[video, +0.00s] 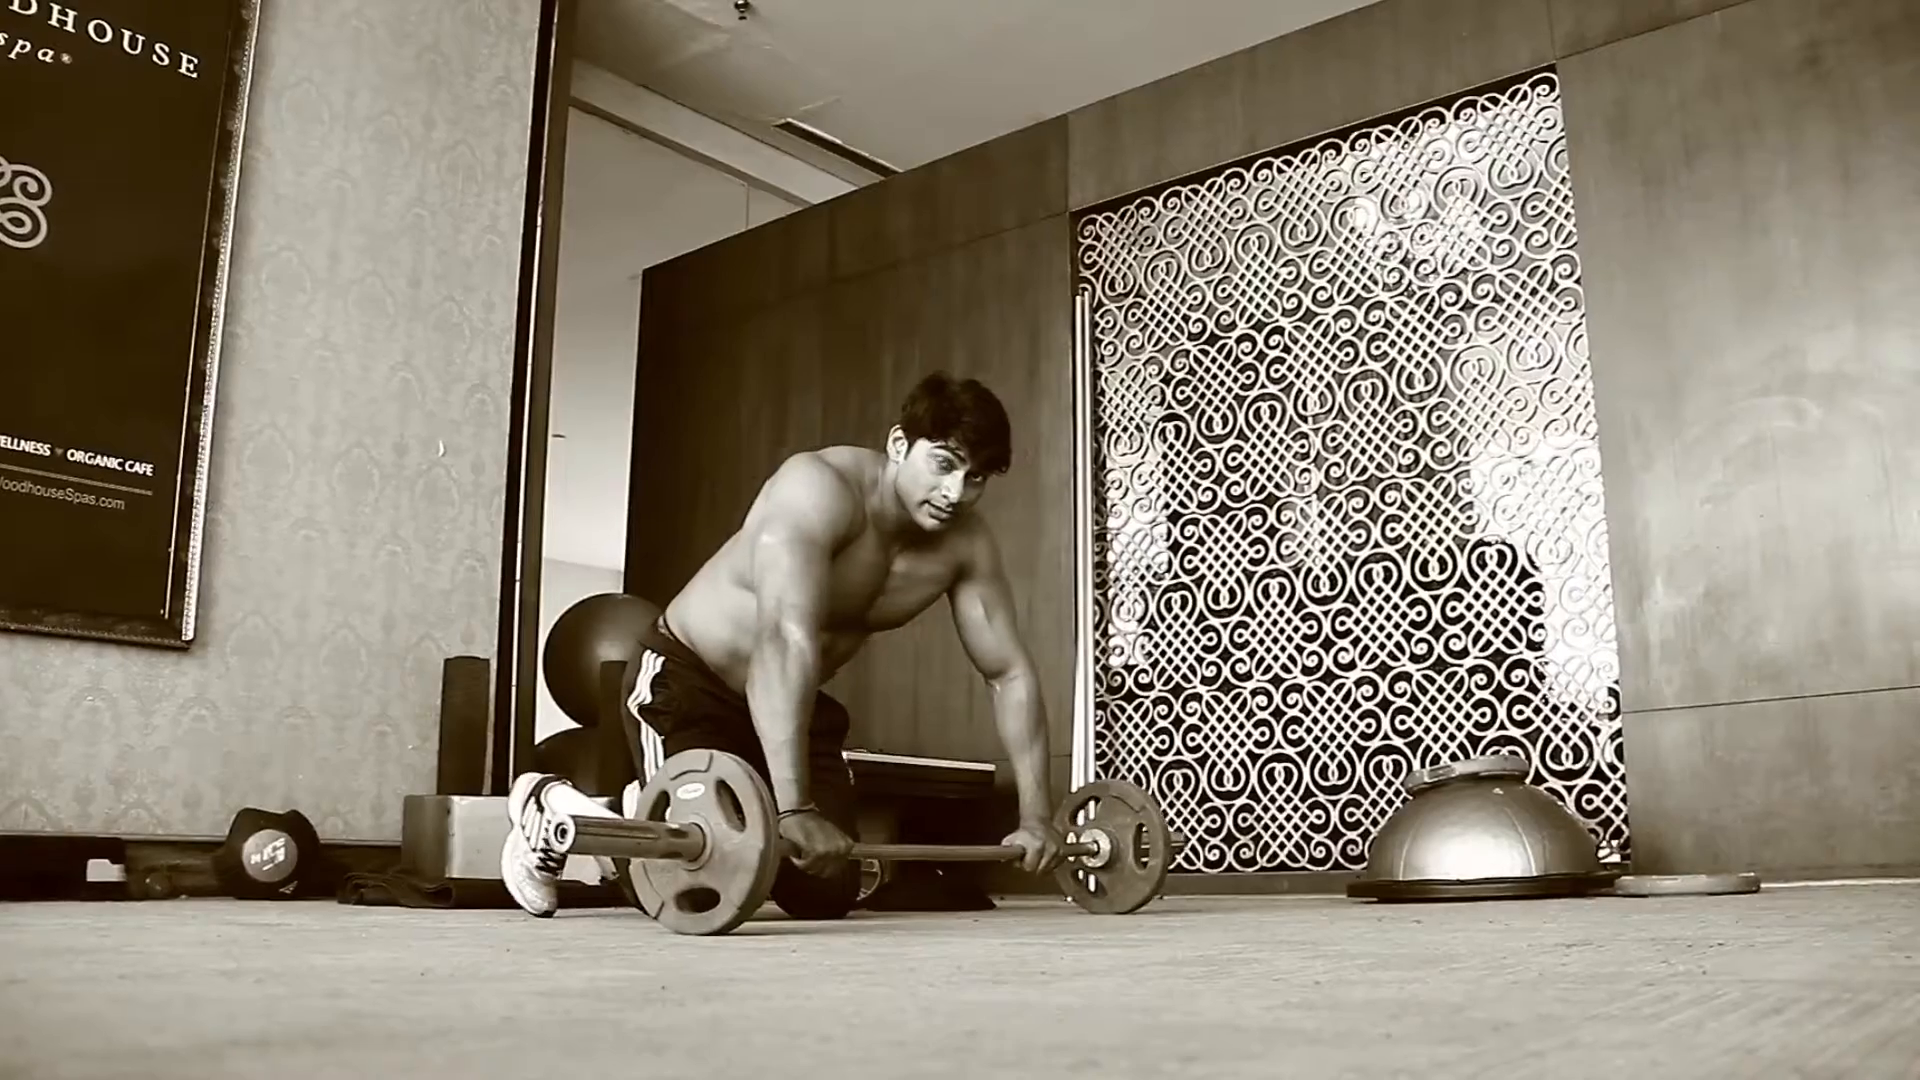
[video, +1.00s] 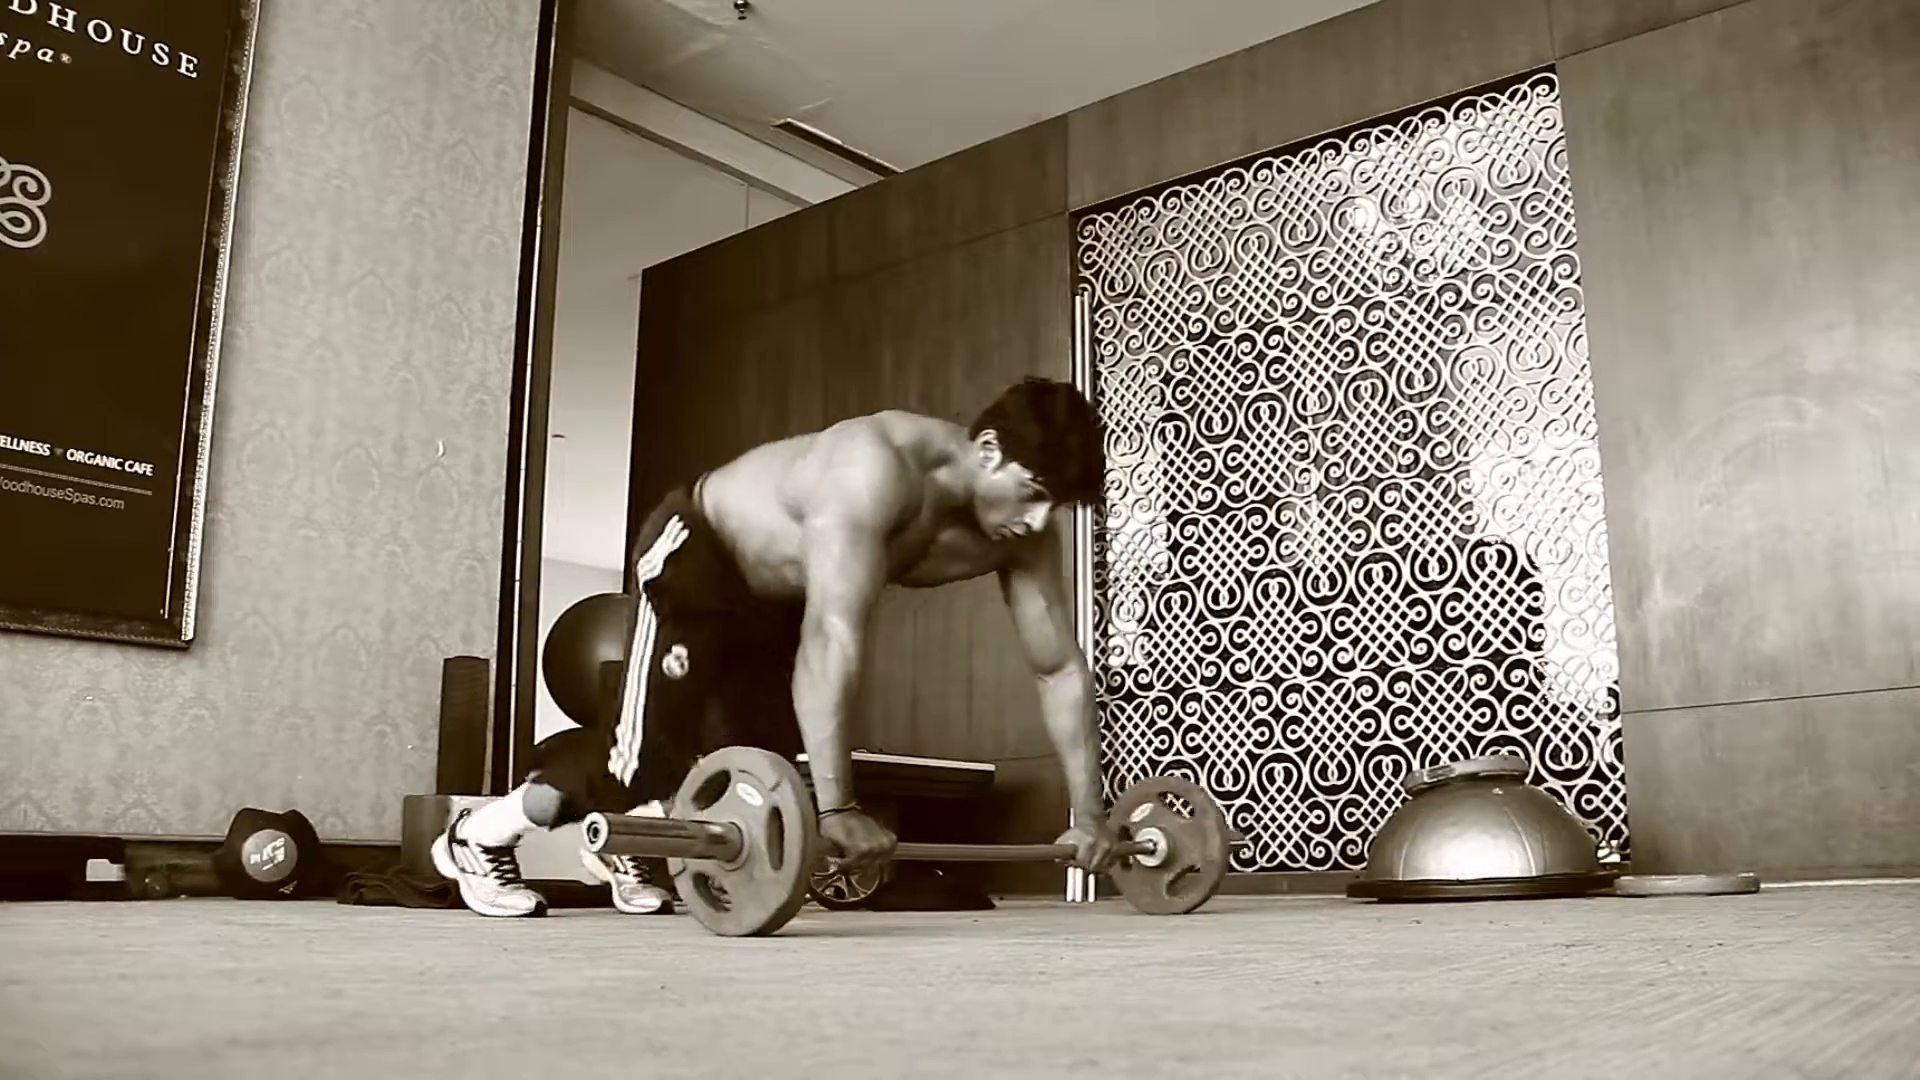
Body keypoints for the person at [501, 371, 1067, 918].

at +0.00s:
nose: (955, 491)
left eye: (975, 477)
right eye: (943, 463)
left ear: (987, 481)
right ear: (899, 444)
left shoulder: (967, 542)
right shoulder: (814, 492)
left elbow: (1010, 674)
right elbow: (785, 642)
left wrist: (1037, 811)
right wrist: (795, 805)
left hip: (795, 702)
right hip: (690, 678)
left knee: (830, 890)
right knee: (722, 851)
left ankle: (660, 816)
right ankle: (558, 819)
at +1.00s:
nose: (1041, 521)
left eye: (1057, 507)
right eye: (1038, 497)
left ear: (1052, 491)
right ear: (990, 453)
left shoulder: (1017, 525)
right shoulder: (874, 472)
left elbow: (1058, 666)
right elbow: (831, 634)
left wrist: (1089, 807)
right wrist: (835, 805)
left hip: (780, 600)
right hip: (697, 551)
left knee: (758, 771)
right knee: (639, 759)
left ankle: (625, 840)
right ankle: (479, 832)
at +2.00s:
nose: (1192, 521)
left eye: (1209, 508)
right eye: (1190, 494)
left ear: (1205, 490)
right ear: (1145, 448)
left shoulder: (1160, 536)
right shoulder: (1034, 470)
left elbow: (1241, 661)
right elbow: (1023, 623)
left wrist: (1306, 803)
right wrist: (1067, 788)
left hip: (878, 668)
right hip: (809, 610)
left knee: (741, 771)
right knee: (643, 750)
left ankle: (616, 831)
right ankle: (479, 832)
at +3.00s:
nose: (1267, 616)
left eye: (1282, 602)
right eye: (1272, 592)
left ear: (1277, 569)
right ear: (1247, 534)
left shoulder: (1228, 569)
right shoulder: (1135, 515)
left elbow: (1357, 672)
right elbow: (1161, 645)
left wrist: (1457, 778)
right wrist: (1261, 739)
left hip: (935, 743)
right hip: (876, 705)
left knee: (764, 818)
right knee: (676, 790)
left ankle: (613, 854)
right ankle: (521, 816)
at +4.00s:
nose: (1120, 546)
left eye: (1137, 535)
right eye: (1123, 523)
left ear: (1104, 482)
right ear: (1086, 467)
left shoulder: (1084, 511)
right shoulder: (968, 458)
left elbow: (1141, 657)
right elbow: (920, 619)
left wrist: (1171, 809)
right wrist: (933, 801)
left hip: (833, 569)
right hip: (754, 514)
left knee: (711, 705)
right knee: (619, 684)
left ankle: (614, 834)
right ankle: (485, 825)